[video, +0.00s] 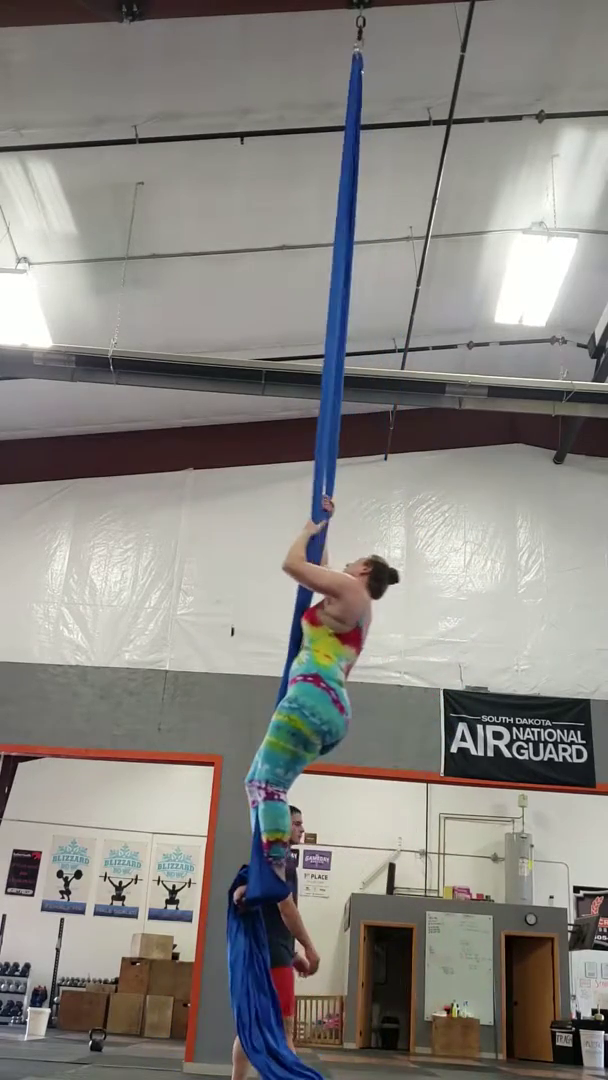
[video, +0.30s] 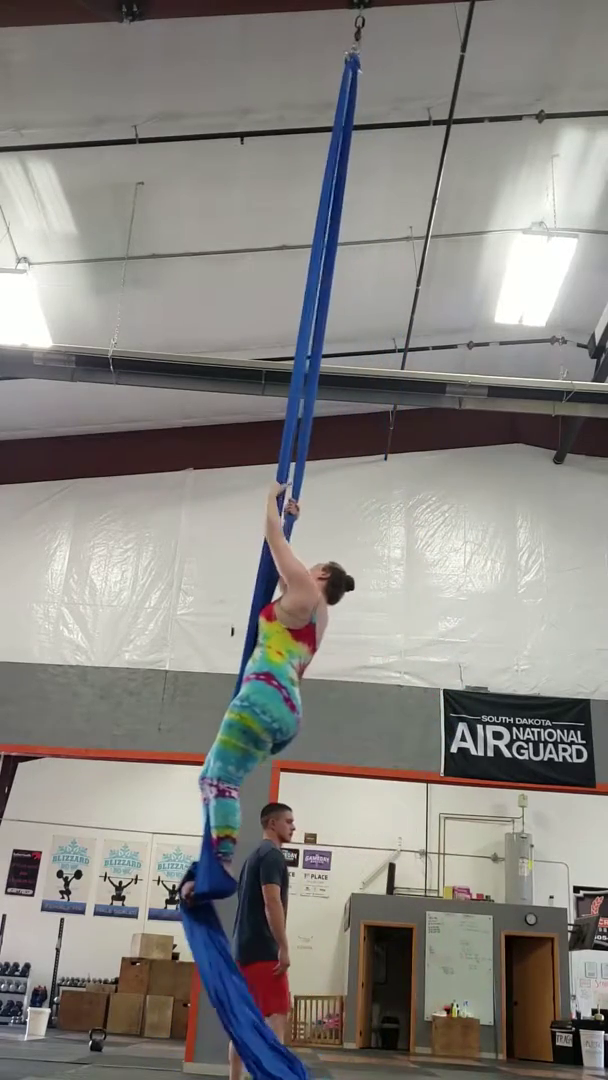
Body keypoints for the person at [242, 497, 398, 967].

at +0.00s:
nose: (350, 563)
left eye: (356, 562)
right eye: (355, 562)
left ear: (363, 570)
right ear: (371, 580)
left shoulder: (351, 590)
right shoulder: (359, 607)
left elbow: (294, 564)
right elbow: (311, 570)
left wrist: (310, 529)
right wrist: (320, 527)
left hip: (313, 696)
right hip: (334, 707)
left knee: (267, 783)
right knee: (263, 781)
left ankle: (275, 874)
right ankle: (276, 866)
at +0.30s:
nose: (310, 569)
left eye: (316, 568)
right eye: (316, 568)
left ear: (322, 574)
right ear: (333, 590)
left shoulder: (303, 584)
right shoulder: (321, 615)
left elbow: (274, 539)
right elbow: (285, 552)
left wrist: (270, 500)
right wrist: (289, 518)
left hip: (264, 693)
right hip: (288, 709)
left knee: (220, 779)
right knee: (216, 778)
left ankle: (222, 869)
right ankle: (219, 866)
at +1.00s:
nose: (275, 572)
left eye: (282, 572)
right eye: (278, 569)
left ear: (289, 583)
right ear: (290, 589)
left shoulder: (276, 604)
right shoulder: (258, 603)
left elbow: (261, 544)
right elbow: (245, 568)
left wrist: (267, 506)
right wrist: (251, 522)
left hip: (217, 696)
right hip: (221, 702)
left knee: (157, 770)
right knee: (147, 766)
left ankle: (146, 861)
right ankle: (141, 856)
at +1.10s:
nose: (275, 566)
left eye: (281, 566)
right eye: (278, 564)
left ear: (287, 578)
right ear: (282, 580)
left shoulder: (276, 600)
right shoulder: (258, 600)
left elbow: (261, 541)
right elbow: (243, 569)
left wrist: (267, 505)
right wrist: (249, 525)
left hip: (219, 696)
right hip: (224, 701)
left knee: (163, 772)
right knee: (153, 768)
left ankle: (156, 864)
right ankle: (151, 860)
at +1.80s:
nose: (341, 565)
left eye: (349, 566)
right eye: (344, 563)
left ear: (356, 581)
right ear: (338, 575)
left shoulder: (345, 602)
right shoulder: (322, 601)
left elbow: (327, 543)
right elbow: (313, 553)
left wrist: (325, 500)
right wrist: (314, 511)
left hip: (289, 698)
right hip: (276, 696)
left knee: (232, 769)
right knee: (216, 767)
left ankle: (222, 865)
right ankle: (214, 862)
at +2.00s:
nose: (359, 570)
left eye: (367, 567)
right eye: (364, 568)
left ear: (378, 577)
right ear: (368, 580)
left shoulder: (370, 599)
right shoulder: (346, 602)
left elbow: (352, 536)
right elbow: (336, 546)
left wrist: (345, 496)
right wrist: (334, 506)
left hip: (322, 696)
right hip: (305, 696)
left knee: (267, 777)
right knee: (249, 775)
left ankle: (263, 867)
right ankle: (250, 863)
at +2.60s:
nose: (405, 554)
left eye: (414, 546)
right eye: (401, 548)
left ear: (433, 557)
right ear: (399, 558)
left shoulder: (436, 590)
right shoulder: (399, 598)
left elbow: (412, 527)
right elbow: (390, 542)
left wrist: (402, 482)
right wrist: (388, 499)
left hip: (415, 687)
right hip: (387, 689)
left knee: (374, 770)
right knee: (350, 773)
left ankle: (387, 869)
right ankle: (370, 867)